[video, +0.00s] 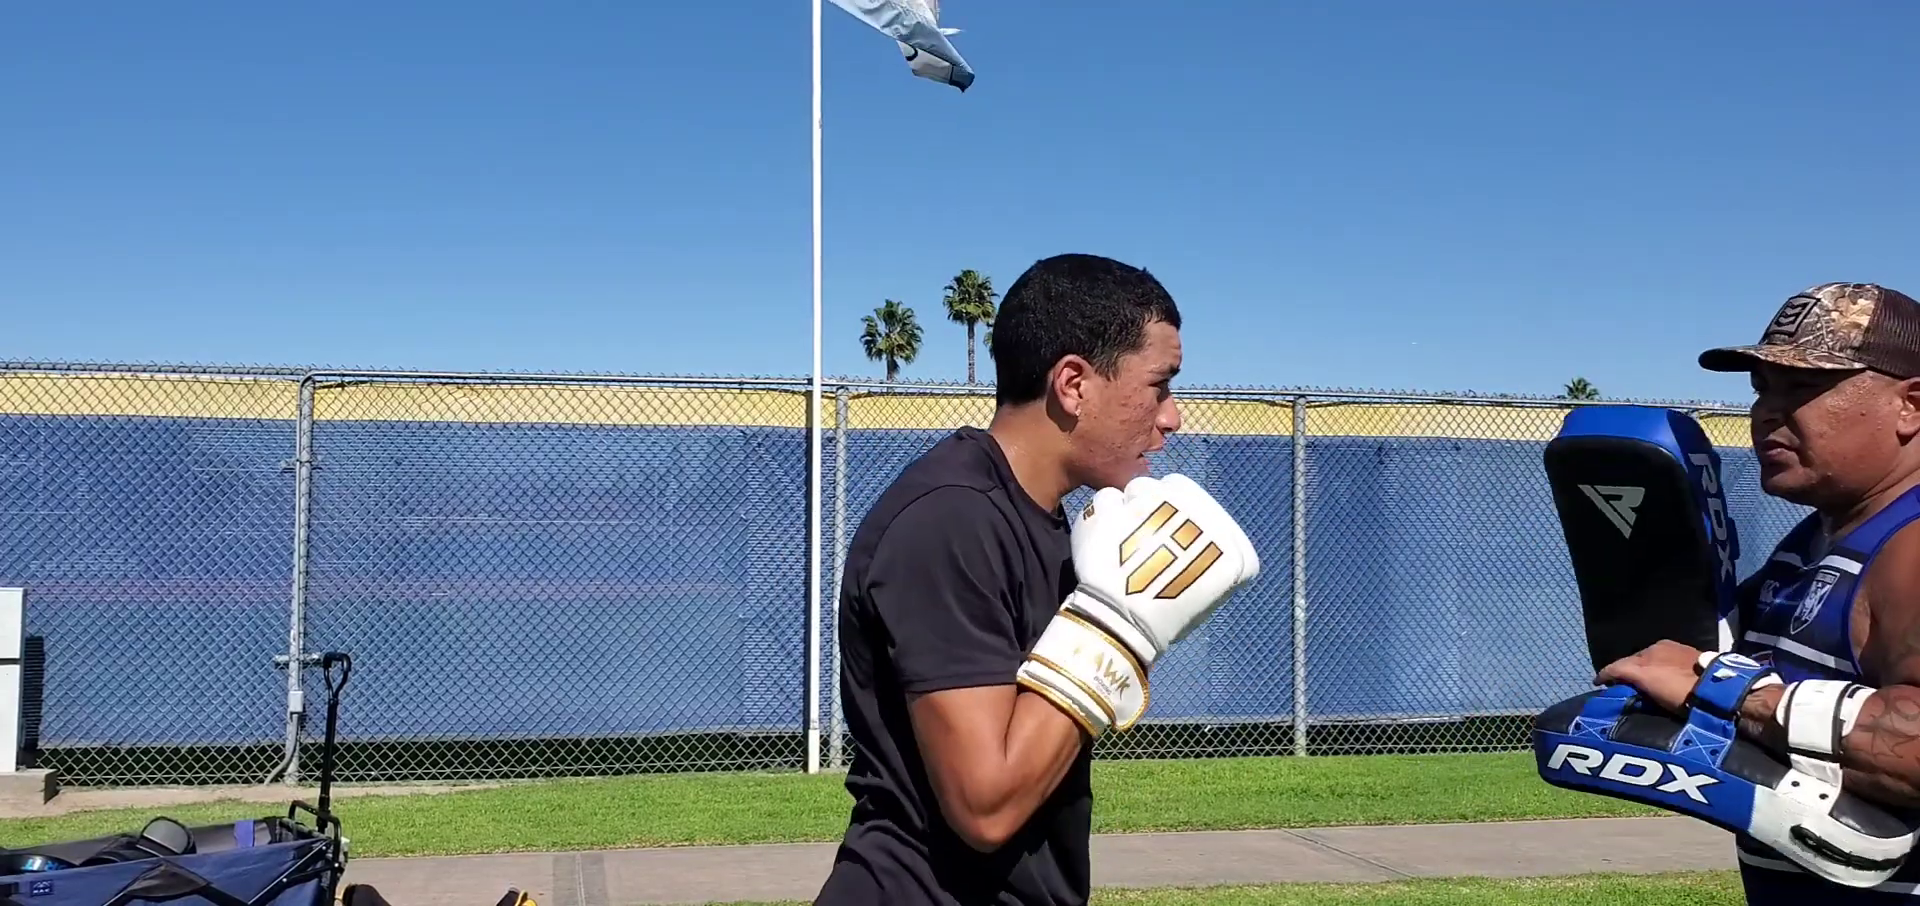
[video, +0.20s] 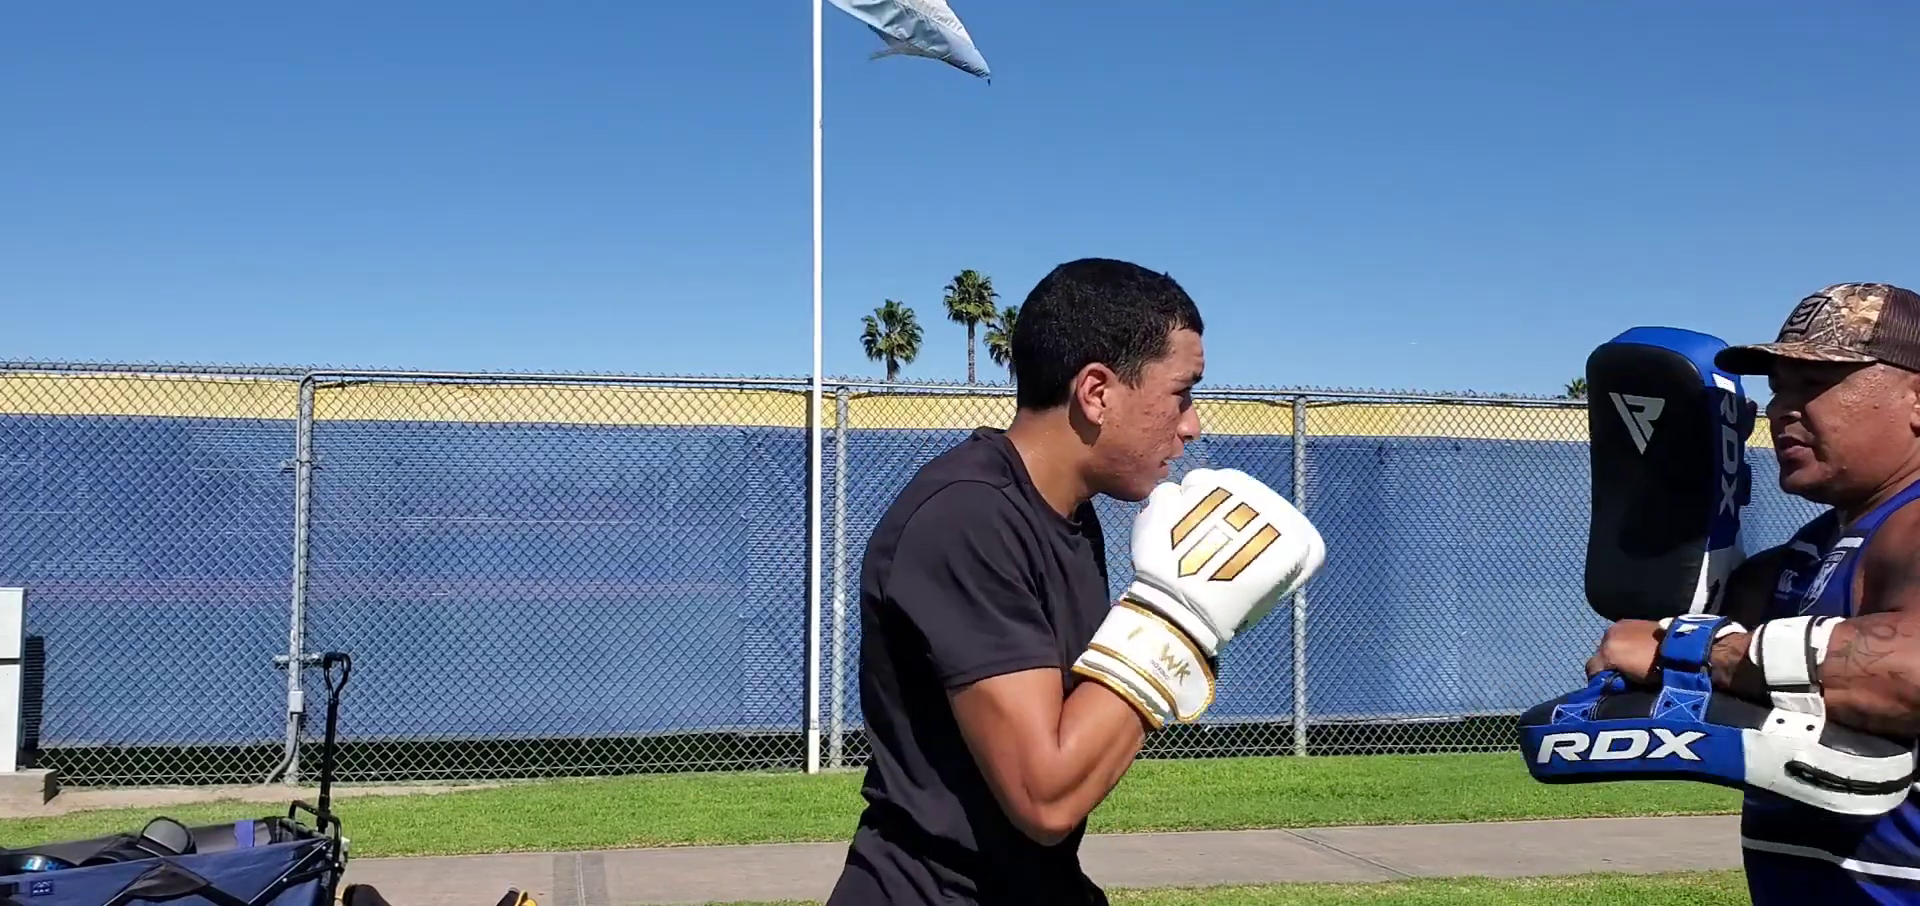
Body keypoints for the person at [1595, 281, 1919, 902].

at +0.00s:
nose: (1763, 414)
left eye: (1801, 388)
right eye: (1762, 390)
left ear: (1908, 406)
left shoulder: (1909, 554)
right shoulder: (1807, 540)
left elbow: (1908, 748)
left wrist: (1725, 687)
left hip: (1871, 886)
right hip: (1780, 881)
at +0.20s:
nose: (1779, 410)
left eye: (1813, 384)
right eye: (1777, 388)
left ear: (1915, 400)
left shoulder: (1912, 530)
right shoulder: (1803, 552)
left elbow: (1902, 678)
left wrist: (1686, 647)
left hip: (1887, 887)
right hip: (1797, 882)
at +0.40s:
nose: (1761, 422)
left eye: (1794, 393)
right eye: (1760, 396)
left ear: (1908, 406)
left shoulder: (1909, 537)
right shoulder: (1770, 549)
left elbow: (1897, 659)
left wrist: (1753, 605)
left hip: (1881, 888)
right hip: (1762, 879)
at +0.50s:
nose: (1766, 441)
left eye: (1803, 413)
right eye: (1767, 413)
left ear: (1911, 423)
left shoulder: (1913, 561)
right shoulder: (1765, 527)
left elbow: (1907, 741)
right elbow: (1638, 574)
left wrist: (1792, 646)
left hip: (1889, 886)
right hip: (1767, 878)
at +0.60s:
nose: (1748, 443)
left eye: (1780, 412)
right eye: (1747, 414)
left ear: (1899, 415)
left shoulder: (1916, 565)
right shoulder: (1773, 540)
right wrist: (1621, 470)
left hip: (1887, 892)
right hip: (1763, 879)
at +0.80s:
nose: (1780, 450)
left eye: (1814, 421)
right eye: (1777, 420)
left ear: (1912, 413)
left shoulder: (1915, 546)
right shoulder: (1806, 550)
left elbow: (1905, 690)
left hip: (1883, 890)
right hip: (1770, 880)